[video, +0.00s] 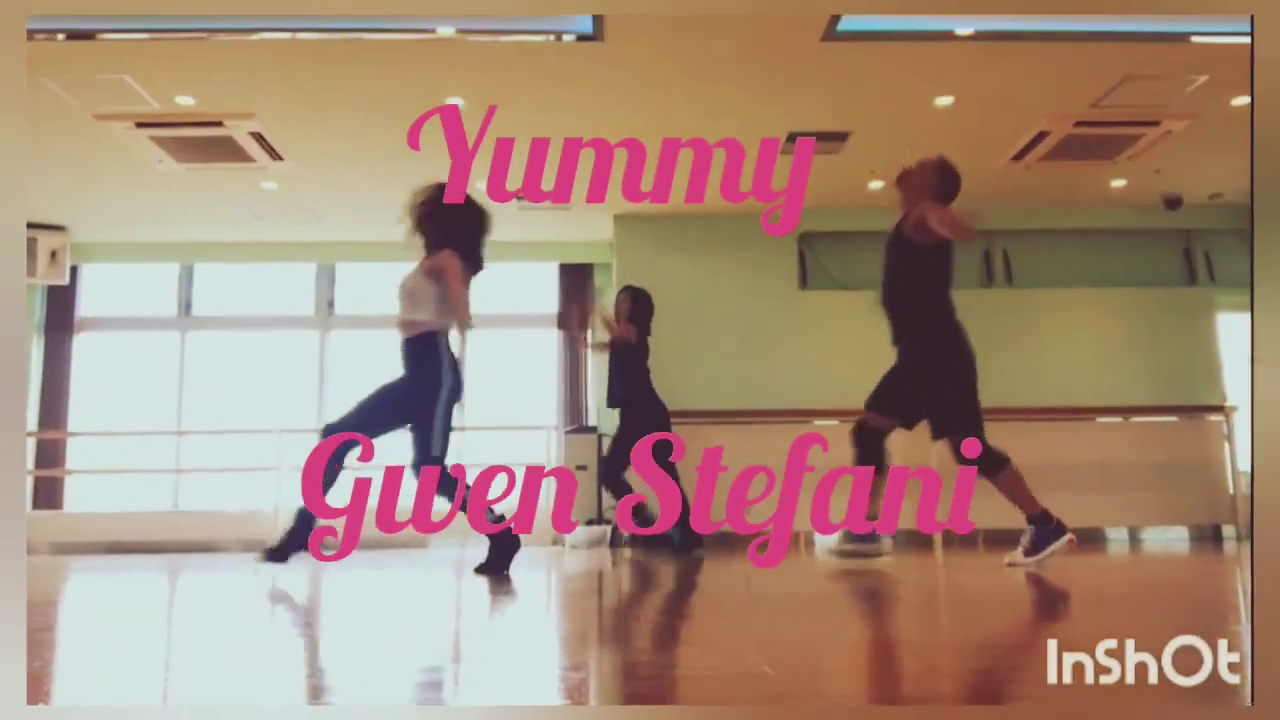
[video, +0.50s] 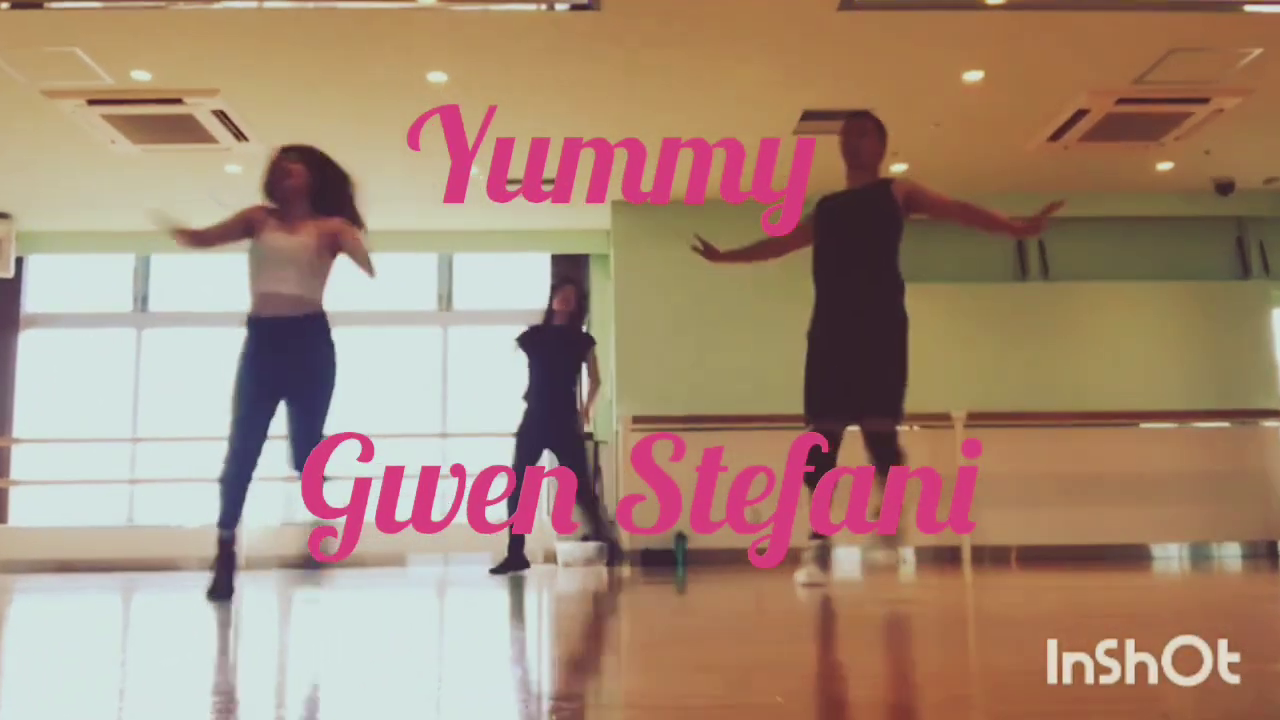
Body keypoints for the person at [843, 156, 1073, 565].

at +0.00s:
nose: (910, 167)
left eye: (921, 166)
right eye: (917, 162)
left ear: (930, 184)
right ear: (925, 186)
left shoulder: (926, 217)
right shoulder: (909, 223)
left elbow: (950, 228)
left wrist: (945, 218)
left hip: (939, 355)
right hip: (921, 356)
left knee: (971, 449)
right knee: (866, 434)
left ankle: (1043, 523)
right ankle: (866, 532)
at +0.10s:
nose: (903, 184)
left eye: (915, 184)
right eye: (911, 181)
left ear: (923, 205)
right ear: (914, 204)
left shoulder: (917, 233)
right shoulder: (901, 244)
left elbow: (961, 257)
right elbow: (941, 309)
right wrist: (939, 353)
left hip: (925, 384)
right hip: (911, 384)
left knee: (960, 474)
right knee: (844, 447)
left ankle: (1055, 530)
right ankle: (843, 544)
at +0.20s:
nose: (888, 186)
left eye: (901, 186)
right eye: (897, 183)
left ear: (911, 209)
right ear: (899, 206)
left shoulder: (907, 241)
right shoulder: (882, 251)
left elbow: (950, 273)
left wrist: (998, 316)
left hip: (910, 392)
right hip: (881, 392)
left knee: (954, 481)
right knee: (819, 460)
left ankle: (1058, 531)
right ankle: (846, 548)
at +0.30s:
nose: (870, 168)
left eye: (884, 167)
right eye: (876, 164)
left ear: (899, 189)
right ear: (878, 189)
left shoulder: (904, 224)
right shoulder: (858, 242)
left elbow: (944, 259)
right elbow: (850, 307)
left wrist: (963, 287)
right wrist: (814, 341)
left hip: (895, 375)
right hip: (858, 376)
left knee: (940, 468)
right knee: (815, 462)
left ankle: (1037, 520)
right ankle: (849, 551)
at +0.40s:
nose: (863, 149)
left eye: (874, 143)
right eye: (861, 143)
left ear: (893, 159)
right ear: (854, 157)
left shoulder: (904, 201)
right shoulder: (838, 219)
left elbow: (945, 228)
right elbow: (805, 264)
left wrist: (970, 243)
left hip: (885, 343)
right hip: (839, 345)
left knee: (906, 445)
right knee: (816, 450)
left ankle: (970, 513)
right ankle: (846, 545)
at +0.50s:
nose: (854, 142)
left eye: (863, 135)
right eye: (848, 135)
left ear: (882, 146)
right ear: (839, 146)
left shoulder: (897, 192)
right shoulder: (827, 210)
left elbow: (957, 211)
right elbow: (779, 244)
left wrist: (1014, 228)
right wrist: (725, 256)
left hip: (879, 330)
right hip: (829, 331)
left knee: (879, 436)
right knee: (821, 441)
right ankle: (818, 549)